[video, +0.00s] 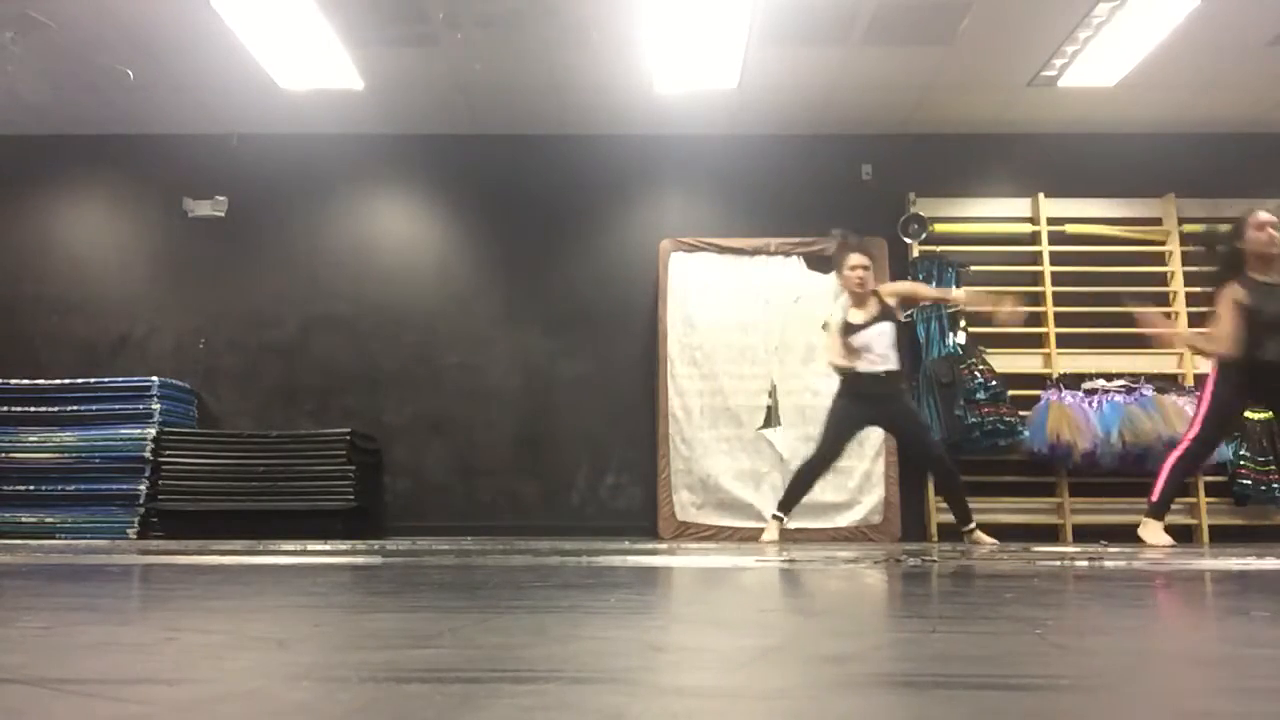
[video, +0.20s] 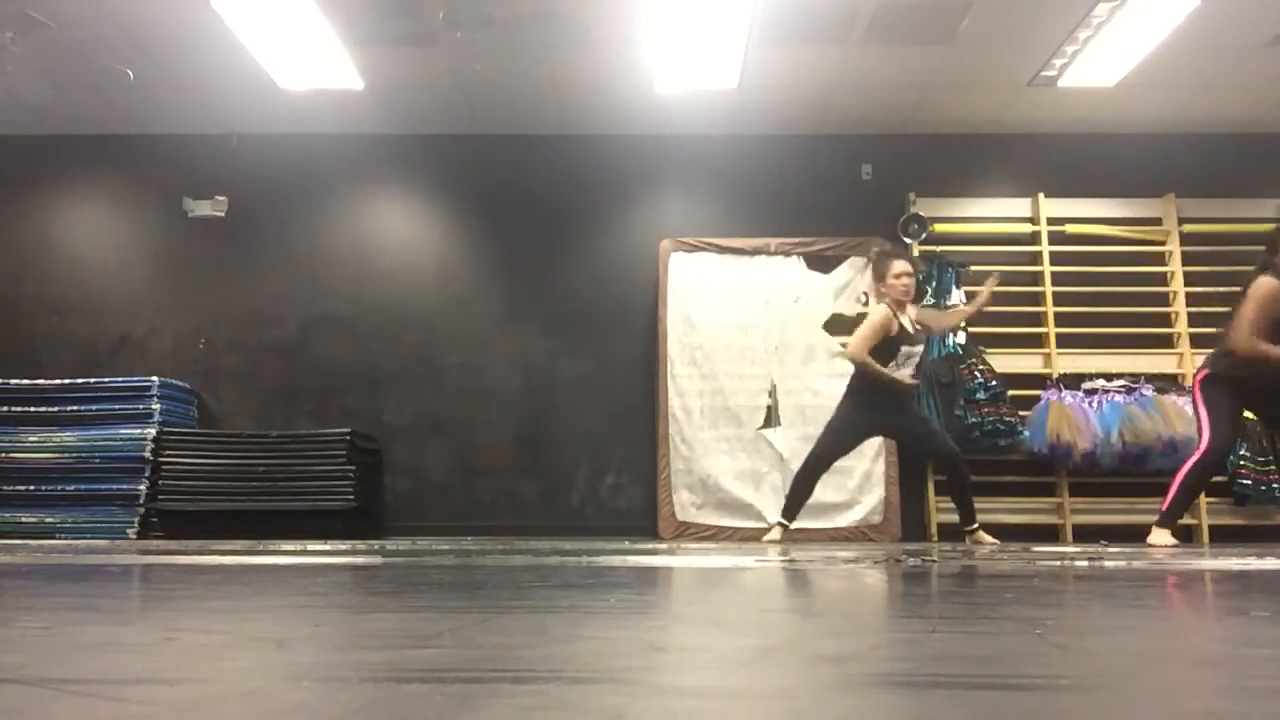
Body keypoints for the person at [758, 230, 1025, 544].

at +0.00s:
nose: (861, 275)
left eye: (866, 269)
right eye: (854, 270)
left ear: (873, 273)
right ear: (841, 276)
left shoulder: (890, 294)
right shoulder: (838, 314)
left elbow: (943, 294)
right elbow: (836, 358)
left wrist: (996, 302)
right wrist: (851, 362)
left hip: (892, 394)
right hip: (854, 395)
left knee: (936, 455)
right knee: (824, 457)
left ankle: (970, 530)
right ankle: (775, 522)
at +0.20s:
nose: (907, 282)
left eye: (910, 275)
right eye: (899, 276)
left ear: (915, 280)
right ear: (881, 284)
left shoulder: (912, 314)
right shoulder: (882, 316)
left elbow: (944, 321)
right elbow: (855, 352)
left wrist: (977, 305)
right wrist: (894, 377)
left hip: (899, 409)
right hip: (862, 408)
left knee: (951, 455)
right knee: (819, 458)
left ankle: (972, 530)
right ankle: (781, 526)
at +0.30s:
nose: (904, 289)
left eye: (908, 282)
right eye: (895, 282)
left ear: (914, 289)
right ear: (879, 289)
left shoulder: (900, 327)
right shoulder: (873, 316)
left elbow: (900, 372)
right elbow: (830, 329)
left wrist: (937, 378)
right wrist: (833, 349)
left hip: (891, 412)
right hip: (854, 411)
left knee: (946, 458)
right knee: (812, 457)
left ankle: (972, 531)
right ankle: (781, 526)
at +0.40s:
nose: (868, 300)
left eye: (874, 292)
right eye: (861, 294)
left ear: (889, 296)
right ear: (855, 301)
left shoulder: (898, 338)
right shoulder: (850, 329)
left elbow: (898, 381)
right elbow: (808, 325)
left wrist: (906, 418)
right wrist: (769, 323)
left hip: (888, 421)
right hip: (846, 422)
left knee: (941, 462)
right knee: (806, 457)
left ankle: (971, 531)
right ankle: (779, 527)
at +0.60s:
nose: (812, 295)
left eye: (819, 288)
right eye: (808, 289)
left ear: (836, 291)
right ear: (803, 293)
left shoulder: (855, 330)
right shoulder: (797, 323)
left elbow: (878, 370)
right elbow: (750, 313)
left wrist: (888, 413)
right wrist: (709, 300)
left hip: (859, 418)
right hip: (819, 418)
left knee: (912, 471)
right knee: (783, 454)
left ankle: (965, 526)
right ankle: (778, 528)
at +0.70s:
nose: (800, 270)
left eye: (807, 264)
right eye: (795, 263)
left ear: (818, 269)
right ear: (787, 267)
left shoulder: (832, 312)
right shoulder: (776, 301)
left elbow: (853, 354)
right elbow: (744, 289)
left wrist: (868, 393)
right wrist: (718, 279)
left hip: (830, 397)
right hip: (791, 399)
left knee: (877, 455)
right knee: (775, 452)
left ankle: (935, 514)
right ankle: (777, 527)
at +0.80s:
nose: (807, 253)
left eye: (810, 248)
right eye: (801, 246)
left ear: (809, 254)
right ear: (781, 248)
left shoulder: (811, 292)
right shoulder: (763, 281)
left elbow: (820, 334)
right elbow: (761, 257)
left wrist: (830, 363)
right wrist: (778, 222)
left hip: (807, 373)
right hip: (771, 376)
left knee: (849, 436)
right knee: (773, 448)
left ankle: (846, 466)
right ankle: (775, 523)